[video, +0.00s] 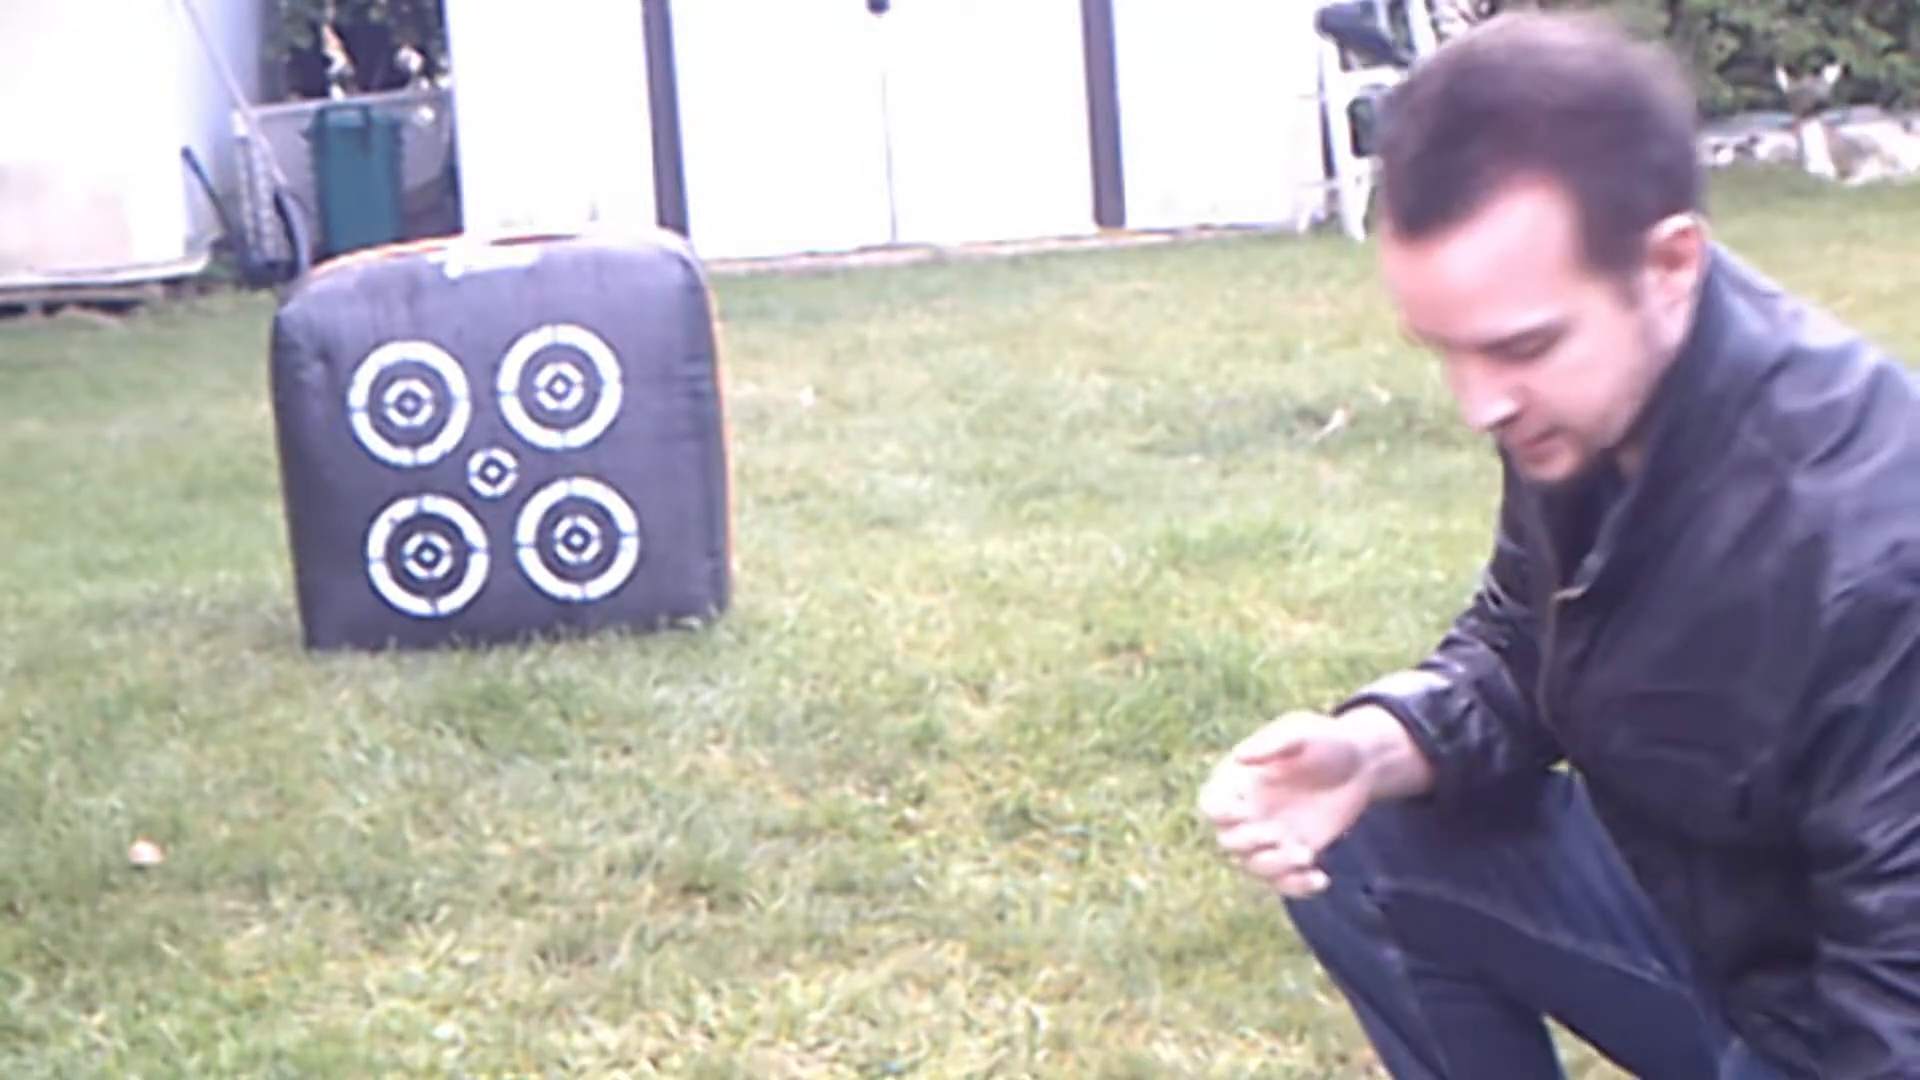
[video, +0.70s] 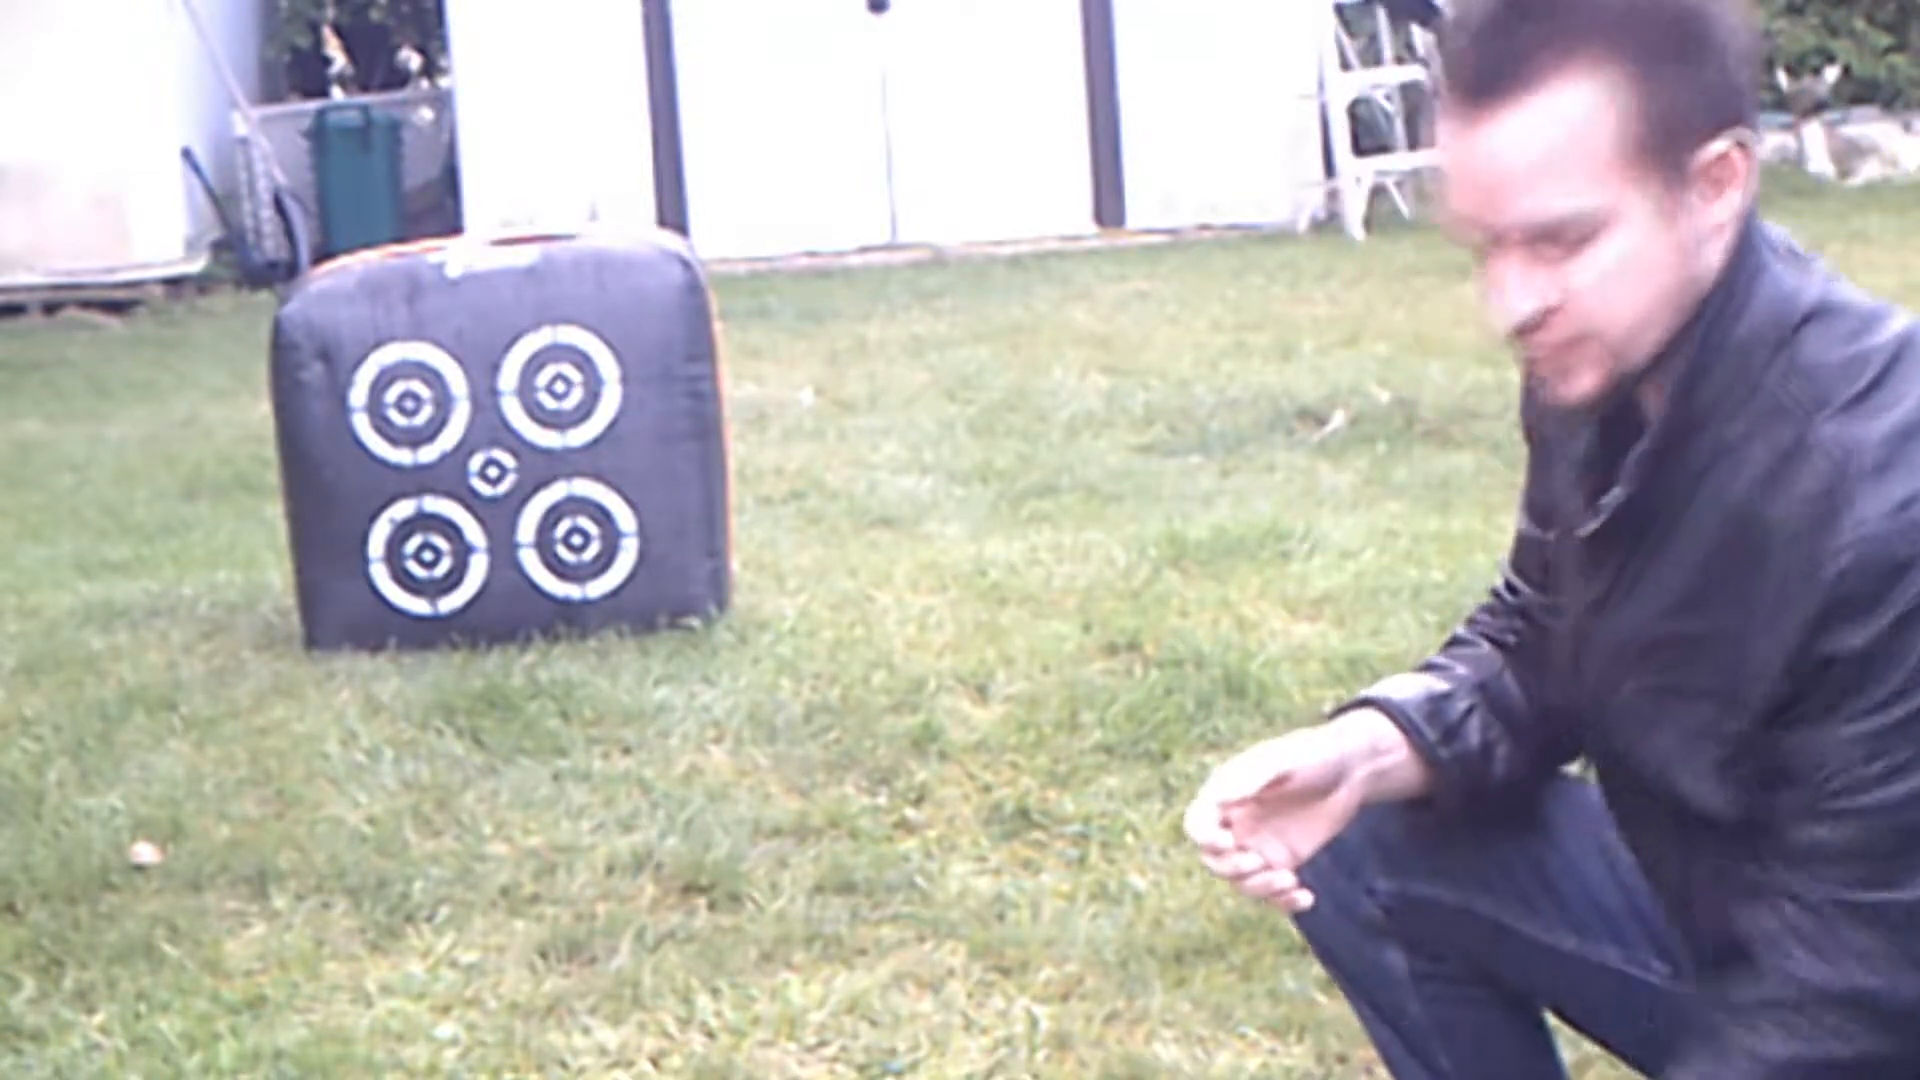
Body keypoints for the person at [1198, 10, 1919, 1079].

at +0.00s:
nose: (1481, 406)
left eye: (1523, 348)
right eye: (1444, 351)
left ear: (1671, 270)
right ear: (1418, 301)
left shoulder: (1879, 541)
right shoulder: (1592, 392)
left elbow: (1893, 1001)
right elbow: (1522, 649)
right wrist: (1373, 751)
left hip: (1843, 1022)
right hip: (1693, 922)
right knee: (1355, 852)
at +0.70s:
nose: (1511, 306)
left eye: (1564, 241)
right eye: (1485, 249)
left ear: (1718, 190)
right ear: (1460, 213)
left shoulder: (1886, 468)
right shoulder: (1592, 365)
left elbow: (1853, 987)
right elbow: (1539, 639)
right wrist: (1370, 752)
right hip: (1690, 905)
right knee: (1358, 852)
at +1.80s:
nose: (1694, 175)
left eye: (1749, 105)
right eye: (1643, 121)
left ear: (1866, 90)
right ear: (1603, 127)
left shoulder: (1904, 330)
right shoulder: (1635, 310)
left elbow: (1900, 680)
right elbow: (1559, 632)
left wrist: (1738, 423)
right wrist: (1390, 779)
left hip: (1886, 1038)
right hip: (1770, 942)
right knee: (1368, 869)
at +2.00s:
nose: (1688, 178)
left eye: (1745, 106)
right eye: (1640, 121)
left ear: (1865, 89)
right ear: (1601, 129)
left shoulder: (1905, 333)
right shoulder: (1698, 318)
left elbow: (1902, 711)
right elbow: (1562, 629)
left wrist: (1725, 451)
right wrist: (1398, 778)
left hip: (1881, 1045)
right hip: (1769, 942)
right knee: (1376, 869)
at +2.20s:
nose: (1667, 193)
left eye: (1722, 124)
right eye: (1621, 139)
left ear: (1855, 104)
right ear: (1589, 135)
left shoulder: (1903, 357)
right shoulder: (1630, 336)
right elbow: (1563, 645)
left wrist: (1688, 677)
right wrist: (1423, 774)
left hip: (1883, 1046)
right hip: (1759, 949)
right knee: (1329, 842)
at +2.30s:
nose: (1639, 223)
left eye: (1696, 156)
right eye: (1602, 165)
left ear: (1840, 120)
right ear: (1573, 143)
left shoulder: (1899, 383)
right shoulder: (1629, 342)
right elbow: (1559, 625)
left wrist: (1695, 836)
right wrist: (1438, 768)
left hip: (1876, 1030)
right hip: (1740, 943)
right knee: (1333, 842)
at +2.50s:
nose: (1606, 271)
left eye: (1660, 211)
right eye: (1577, 211)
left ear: (1818, 162)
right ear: (1553, 173)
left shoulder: (1899, 419)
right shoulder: (1625, 348)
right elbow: (1548, 616)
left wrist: (1722, 940)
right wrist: (1459, 824)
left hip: (1879, 1028)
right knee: (1339, 816)